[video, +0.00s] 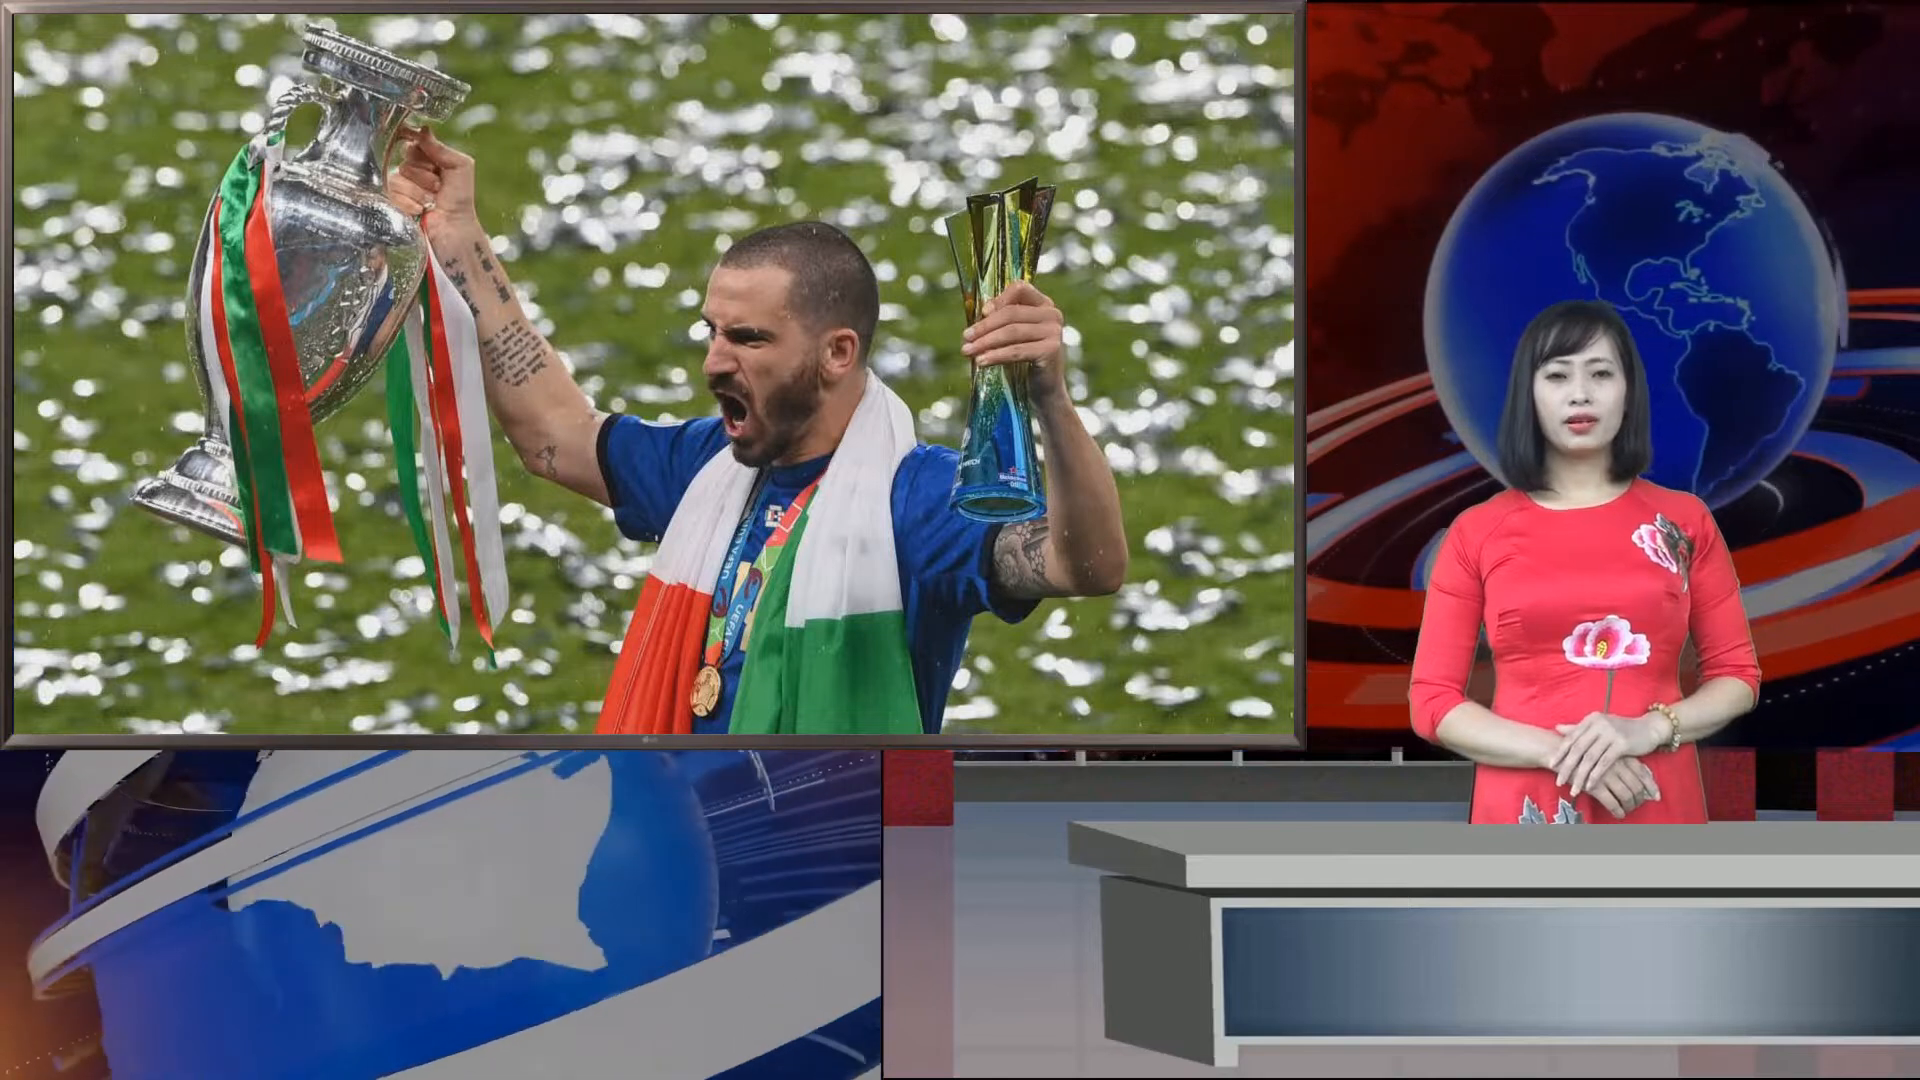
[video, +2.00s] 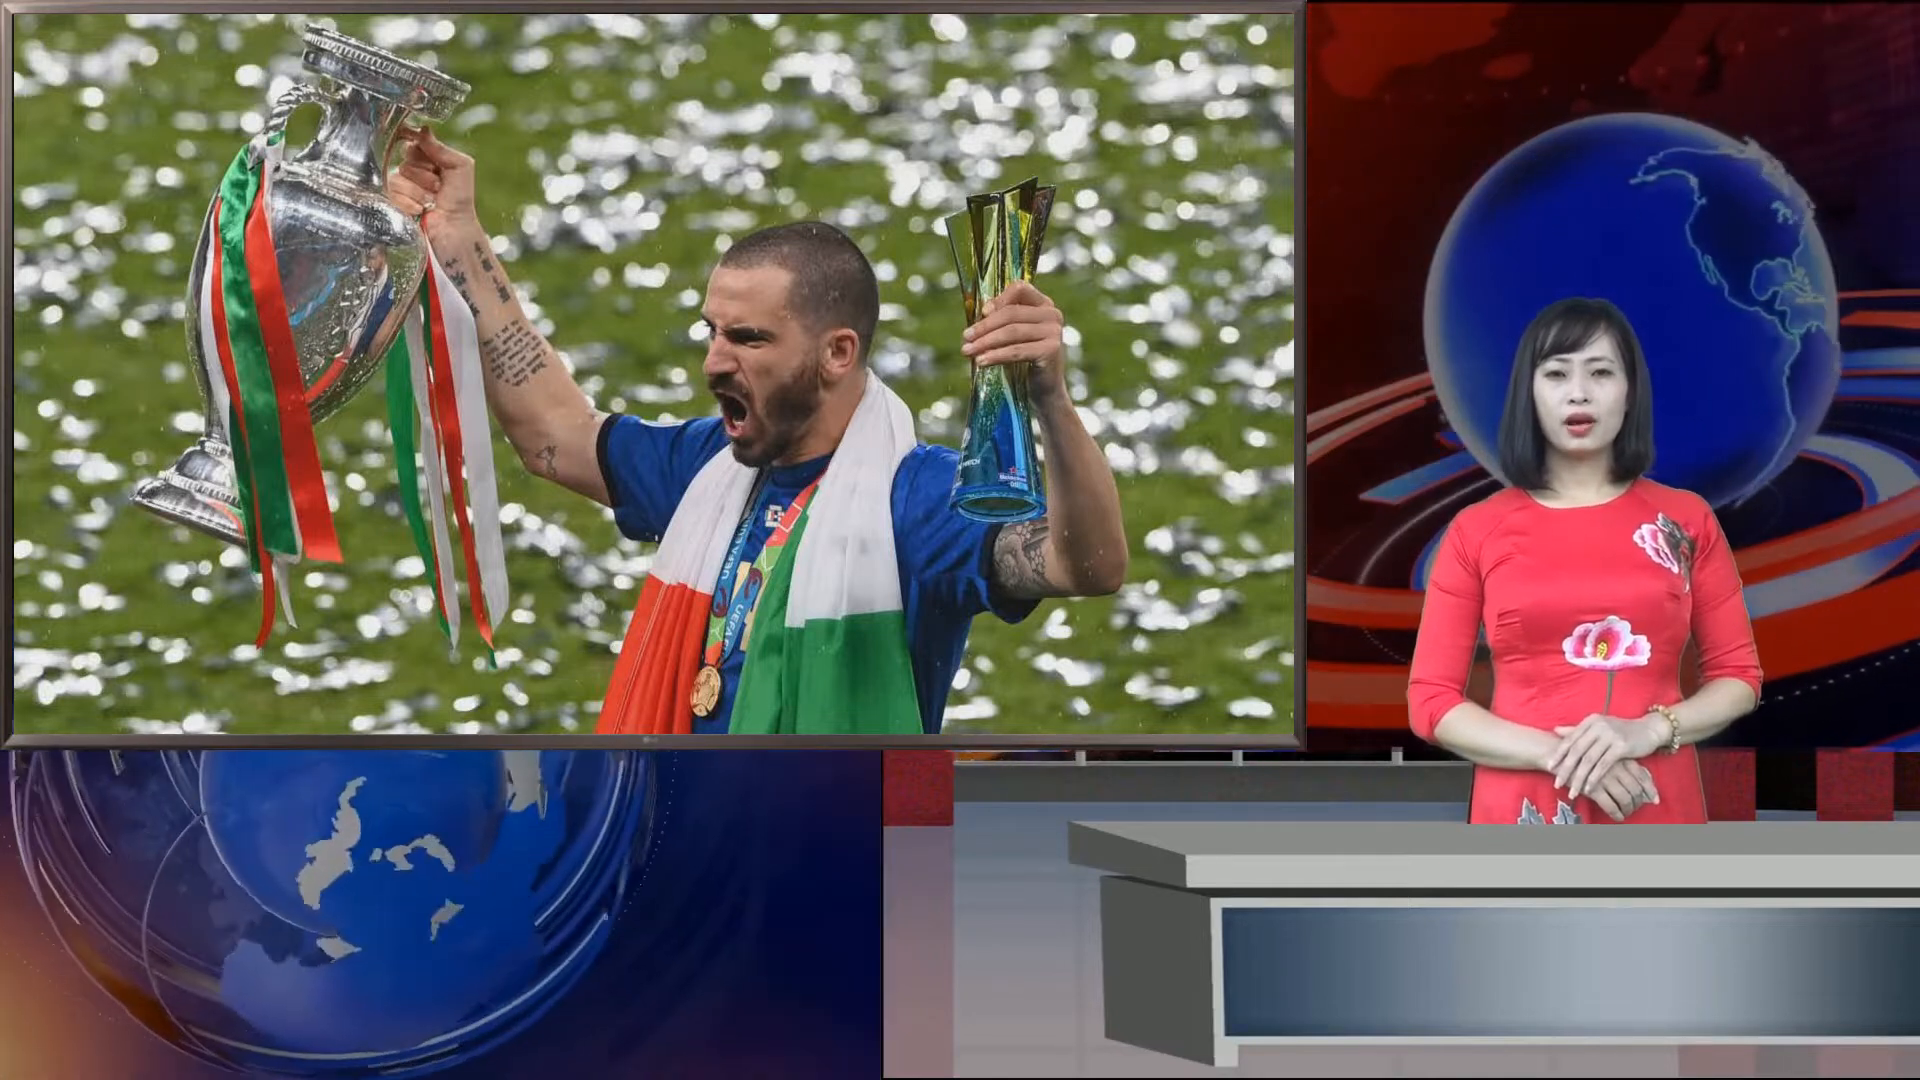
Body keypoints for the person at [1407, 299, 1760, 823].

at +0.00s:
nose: (1579, 393)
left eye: (1601, 374)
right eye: (1558, 375)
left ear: (1628, 392)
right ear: (1530, 393)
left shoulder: (1683, 521)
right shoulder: (1478, 533)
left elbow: (1737, 679)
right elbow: (1432, 701)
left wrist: (1650, 727)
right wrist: (1565, 751)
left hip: (1661, 823)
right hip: (1521, 824)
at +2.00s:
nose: (1578, 393)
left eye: (1601, 373)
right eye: (1557, 374)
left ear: (1630, 392)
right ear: (1530, 391)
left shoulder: (1685, 521)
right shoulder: (1477, 533)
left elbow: (1738, 680)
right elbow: (1431, 702)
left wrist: (1650, 729)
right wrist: (1565, 753)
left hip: (1661, 824)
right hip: (1521, 825)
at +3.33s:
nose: (1583, 393)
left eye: (1605, 373)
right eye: (1562, 375)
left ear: (1633, 391)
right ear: (1534, 392)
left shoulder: (1689, 521)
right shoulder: (1482, 533)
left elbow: (1742, 681)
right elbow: (1435, 701)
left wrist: (1653, 728)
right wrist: (1568, 753)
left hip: (1663, 823)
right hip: (1524, 824)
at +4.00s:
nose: (1584, 396)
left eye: (1605, 375)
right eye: (1562, 377)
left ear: (1633, 392)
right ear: (1533, 393)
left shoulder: (1688, 522)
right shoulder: (1481, 534)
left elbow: (1741, 681)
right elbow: (1435, 702)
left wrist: (1652, 728)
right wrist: (1568, 753)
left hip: (1663, 824)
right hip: (1523, 824)